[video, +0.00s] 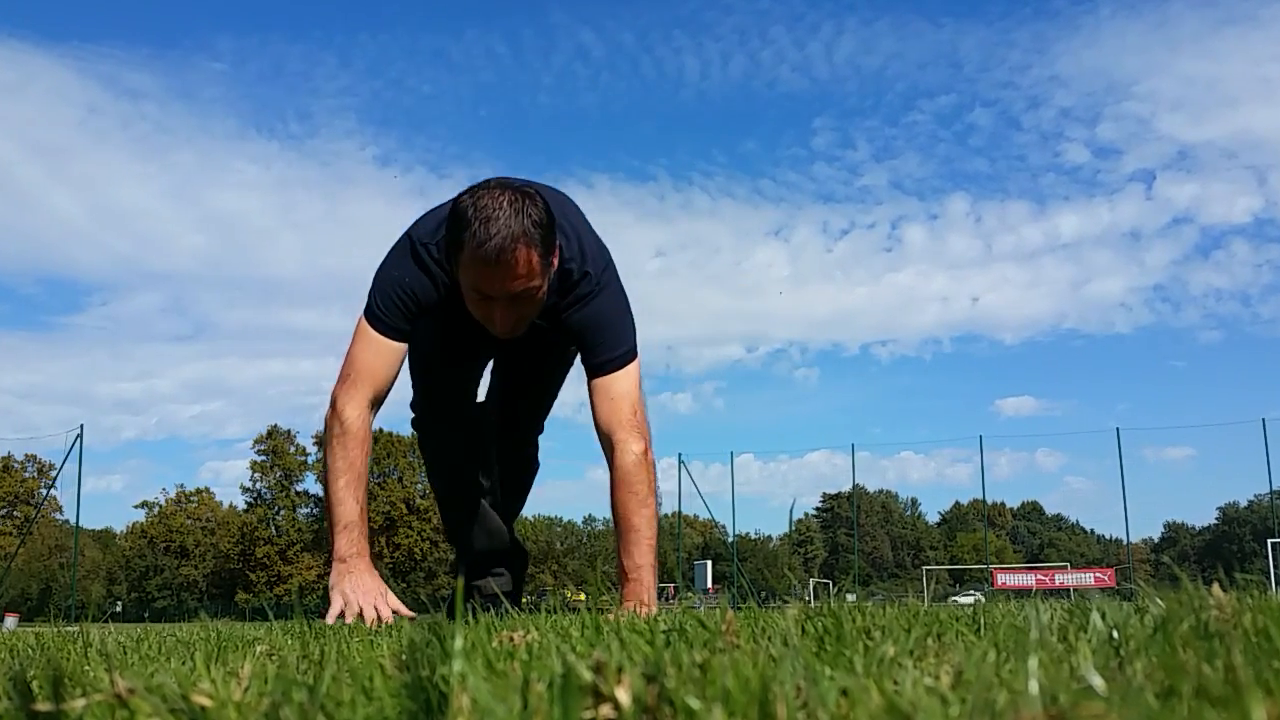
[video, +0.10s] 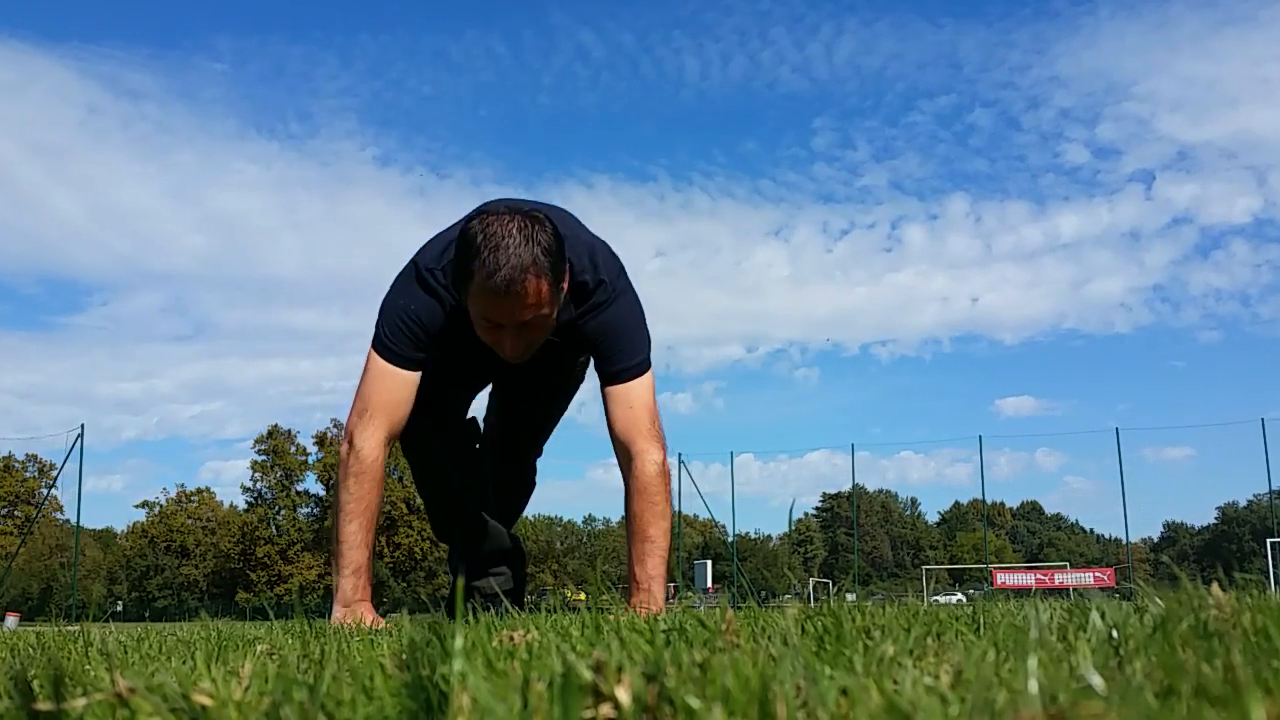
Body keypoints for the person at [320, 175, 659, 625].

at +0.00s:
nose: (502, 317)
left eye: (521, 297)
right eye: (484, 298)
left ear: (552, 265)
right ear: (457, 268)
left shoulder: (588, 279)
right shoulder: (414, 266)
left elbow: (629, 442)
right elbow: (350, 406)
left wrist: (639, 602)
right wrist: (350, 562)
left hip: (550, 320)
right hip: (451, 312)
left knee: (515, 432)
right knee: (440, 426)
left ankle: (476, 578)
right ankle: (494, 579)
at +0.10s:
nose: (511, 345)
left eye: (529, 325)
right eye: (492, 326)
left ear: (561, 291)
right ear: (465, 296)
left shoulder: (604, 295)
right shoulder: (422, 293)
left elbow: (644, 454)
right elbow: (363, 437)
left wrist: (647, 606)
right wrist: (351, 601)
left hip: (561, 339)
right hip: (460, 333)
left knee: (511, 452)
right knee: (427, 429)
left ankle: (472, 585)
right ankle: (491, 576)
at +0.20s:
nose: (519, 335)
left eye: (539, 311)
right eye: (500, 311)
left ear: (570, 283)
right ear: (471, 285)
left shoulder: (615, 295)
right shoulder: (422, 301)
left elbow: (649, 456)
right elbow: (364, 448)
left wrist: (648, 609)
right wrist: (347, 611)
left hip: (557, 363)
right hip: (462, 356)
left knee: (514, 478)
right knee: (422, 438)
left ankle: (476, 591)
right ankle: (494, 575)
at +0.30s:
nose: (521, 308)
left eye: (543, 286)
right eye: (503, 284)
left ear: (574, 267)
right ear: (476, 259)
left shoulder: (617, 290)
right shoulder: (424, 298)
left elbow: (650, 453)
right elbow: (369, 448)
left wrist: (648, 608)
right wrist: (347, 614)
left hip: (558, 369)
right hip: (465, 364)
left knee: (517, 484)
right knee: (415, 446)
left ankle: (476, 597)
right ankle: (497, 585)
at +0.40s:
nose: (519, 300)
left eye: (541, 277)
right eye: (500, 274)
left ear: (575, 261)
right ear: (476, 253)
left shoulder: (620, 292)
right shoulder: (427, 298)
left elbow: (652, 451)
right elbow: (372, 446)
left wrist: (648, 608)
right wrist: (348, 614)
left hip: (561, 374)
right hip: (469, 367)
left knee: (517, 488)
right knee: (379, 437)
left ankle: (480, 593)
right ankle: (477, 580)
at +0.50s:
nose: (516, 300)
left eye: (538, 275)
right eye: (496, 274)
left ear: (572, 260)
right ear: (471, 254)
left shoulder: (618, 289)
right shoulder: (423, 300)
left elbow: (656, 453)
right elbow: (368, 453)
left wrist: (649, 610)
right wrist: (344, 616)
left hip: (559, 382)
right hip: (465, 375)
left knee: (514, 494)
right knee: (381, 474)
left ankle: (476, 586)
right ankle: (457, 560)